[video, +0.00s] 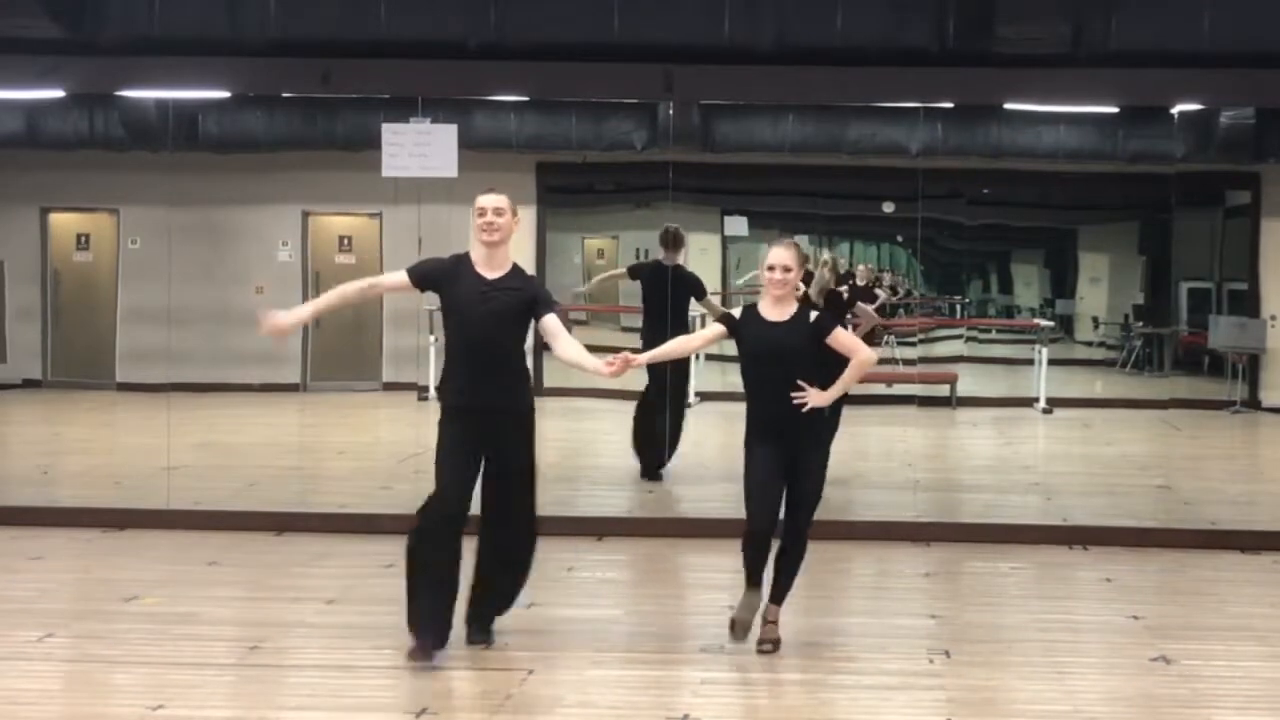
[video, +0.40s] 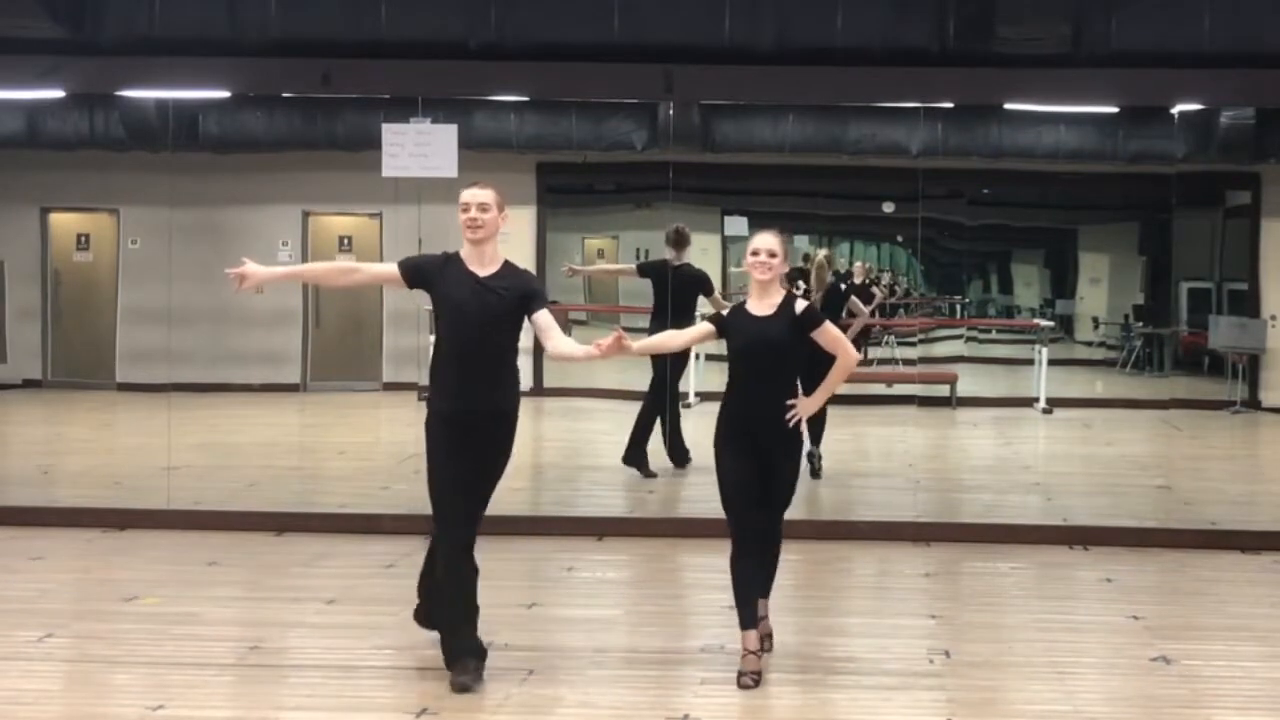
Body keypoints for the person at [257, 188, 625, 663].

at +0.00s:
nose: (489, 219)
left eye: (498, 213)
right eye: (482, 213)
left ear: (515, 223)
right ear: (472, 223)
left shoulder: (529, 287)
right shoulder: (446, 270)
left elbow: (562, 341)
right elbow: (365, 288)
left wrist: (596, 365)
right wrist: (298, 315)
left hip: (513, 415)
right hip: (461, 411)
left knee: (509, 518)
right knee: (447, 510)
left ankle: (483, 615)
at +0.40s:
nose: (473, 215)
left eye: (483, 208)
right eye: (466, 208)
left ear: (503, 219)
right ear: (458, 218)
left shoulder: (523, 282)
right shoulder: (435, 268)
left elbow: (556, 343)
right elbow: (351, 273)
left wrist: (593, 350)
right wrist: (271, 273)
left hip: (498, 416)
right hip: (447, 414)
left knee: (463, 522)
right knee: (455, 527)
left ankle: (433, 604)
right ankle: (463, 651)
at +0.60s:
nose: (466, 226)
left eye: (476, 218)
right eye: (459, 218)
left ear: (496, 226)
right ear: (451, 226)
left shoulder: (518, 293)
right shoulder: (430, 281)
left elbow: (553, 358)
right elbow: (345, 285)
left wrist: (593, 355)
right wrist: (261, 279)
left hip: (492, 434)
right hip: (436, 432)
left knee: (491, 546)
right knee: (437, 547)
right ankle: (466, 655)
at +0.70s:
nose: (465, 244)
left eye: (474, 235)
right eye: (457, 235)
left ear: (493, 242)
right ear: (449, 242)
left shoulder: (517, 305)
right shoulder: (429, 297)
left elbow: (554, 369)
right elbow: (339, 295)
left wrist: (588, 365)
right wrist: (259, 283)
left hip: (480, 447)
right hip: (427, 445)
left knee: (471, 554)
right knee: (426, 555)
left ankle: (526, 513)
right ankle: (464, 655)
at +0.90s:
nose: (467, 221)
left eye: (477, 214)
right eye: (459, 213)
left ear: (494, 222)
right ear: (449, 221)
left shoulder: (513, 288)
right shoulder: (424, 274)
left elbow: (547, 347)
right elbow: (338, 275)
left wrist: (579, 372)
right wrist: (256, 267)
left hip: (488, 423)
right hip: (433, 422)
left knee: (463, 525)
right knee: (432, 531)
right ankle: (467, 654)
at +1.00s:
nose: (467, 212)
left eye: (477, 204)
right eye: (460, 204)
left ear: (494, 213)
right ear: (449, 212)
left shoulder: (513, 279)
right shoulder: (424, 265)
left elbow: (545, 337)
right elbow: (337, 261)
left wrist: (578, 365)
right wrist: (251, 256)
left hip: (491, 408)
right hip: (435, 410)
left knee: (457, 473)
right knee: (453, 535)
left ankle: (390, 557)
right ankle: (465, 659)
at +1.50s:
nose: (465, 208)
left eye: (475, 200)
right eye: (458, 200)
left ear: (493, 210)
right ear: (448, 209)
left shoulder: (514, 275)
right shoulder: (424, 266)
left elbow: (562, 327)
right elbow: (347, 285)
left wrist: (601, 360)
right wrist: (330, 263)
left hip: (494, 405)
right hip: (440, 410)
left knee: (480, 470)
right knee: (458, 532)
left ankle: (423, 522)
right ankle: (474, 656)